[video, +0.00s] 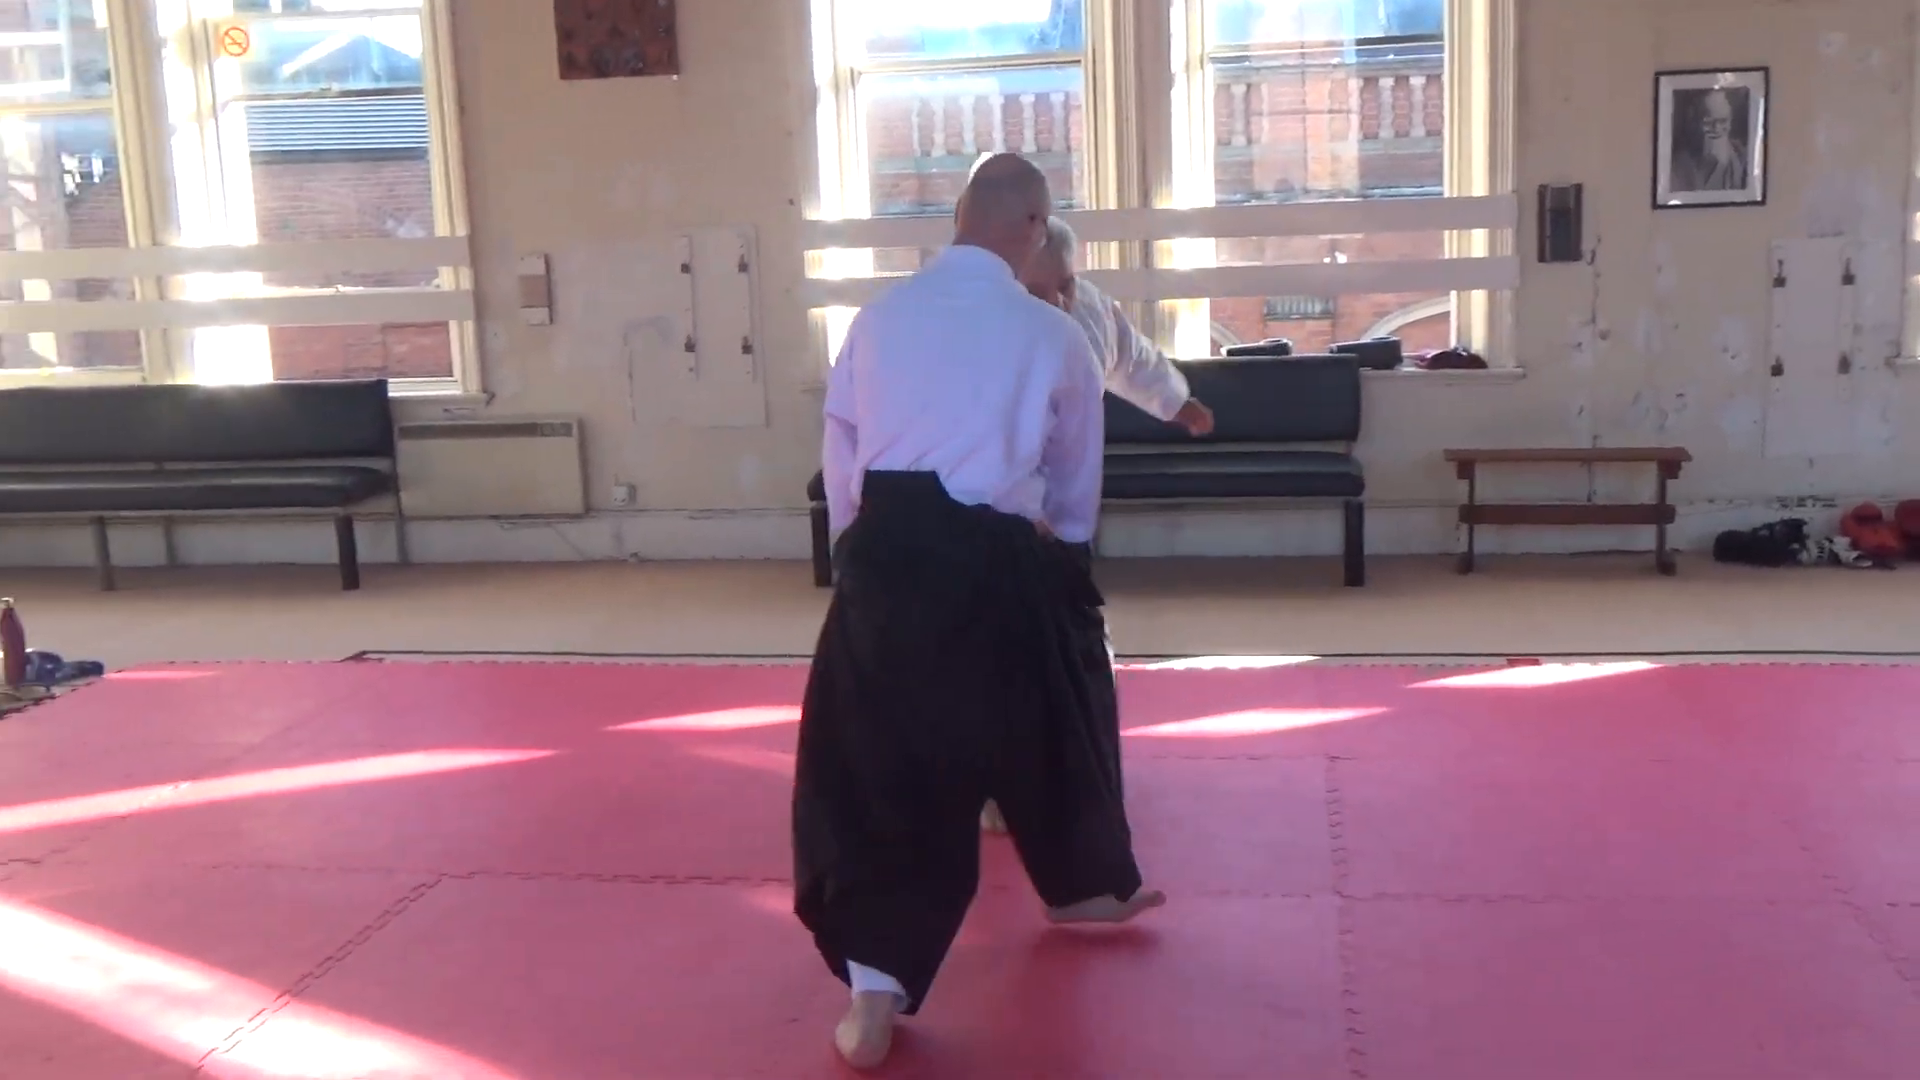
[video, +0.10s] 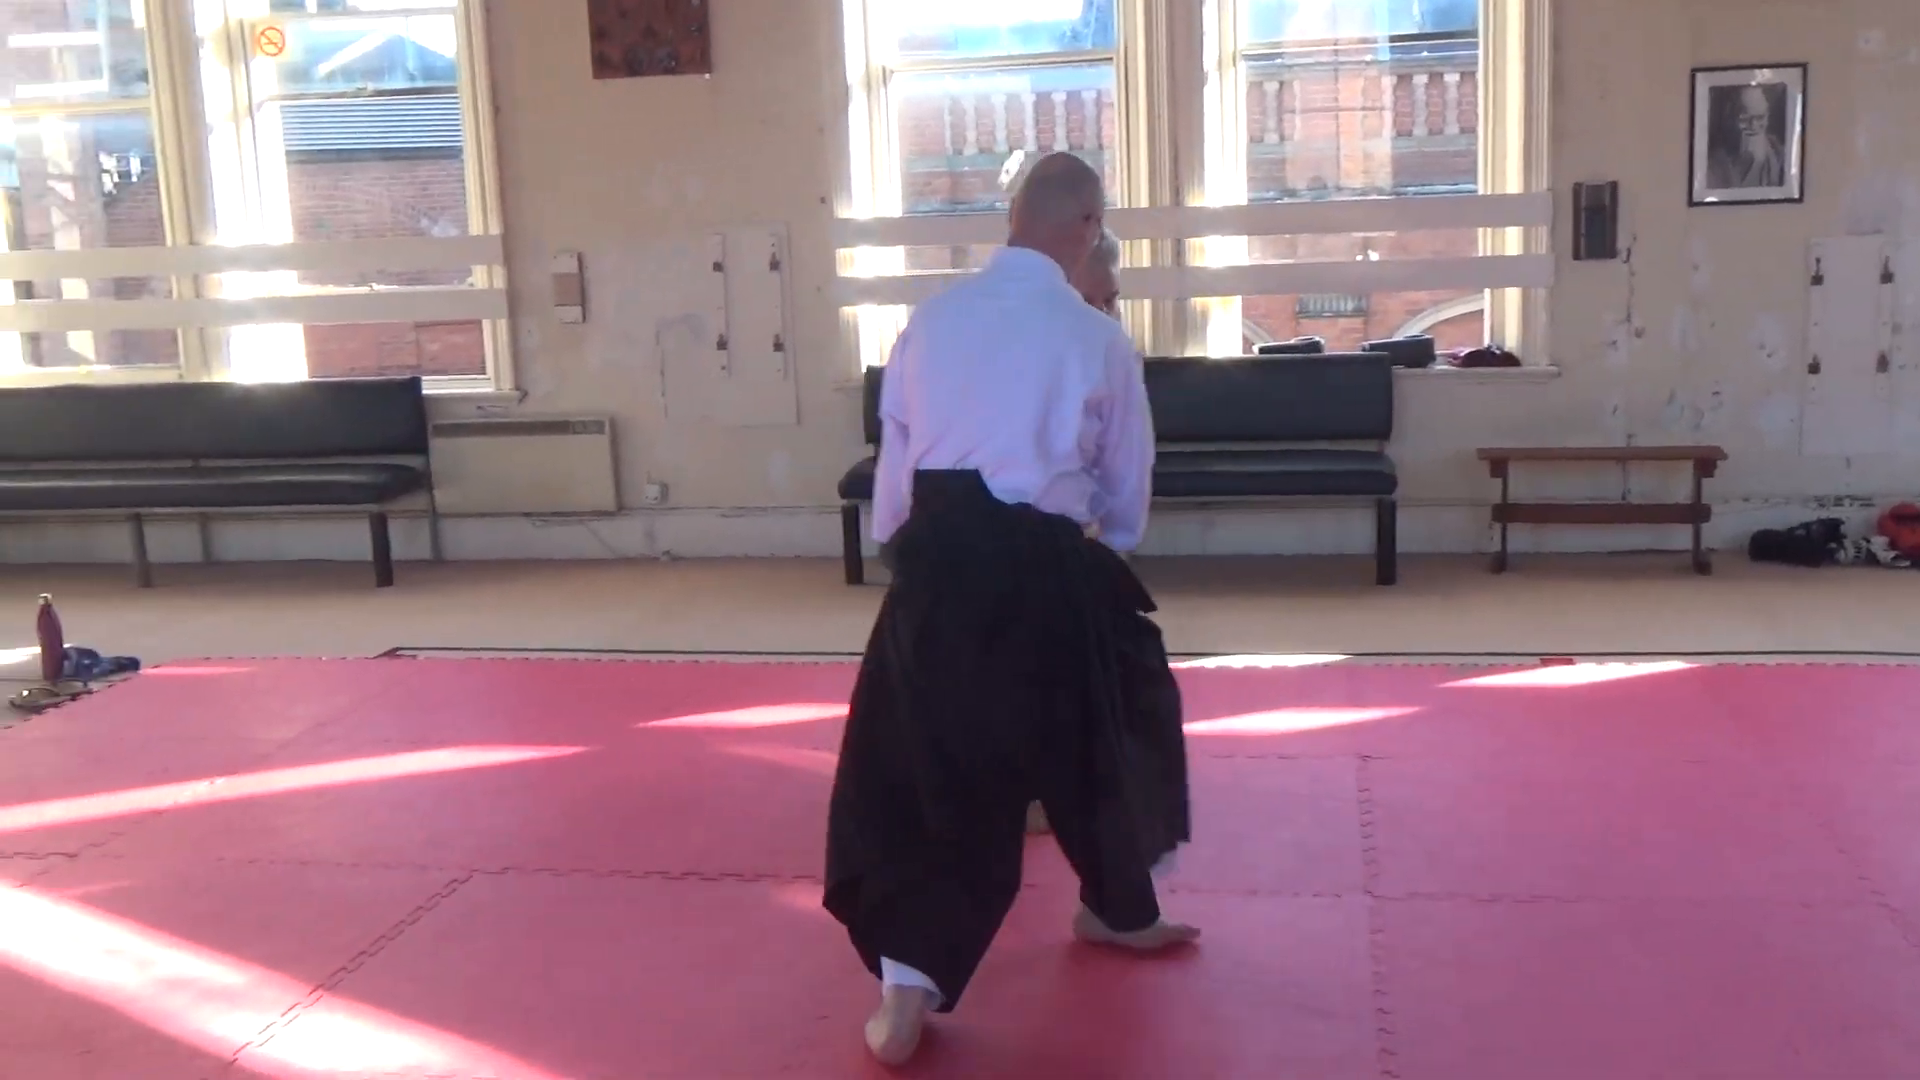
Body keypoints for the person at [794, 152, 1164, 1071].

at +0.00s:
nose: (1049, 247)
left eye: (1051, 230)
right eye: (1048, 230)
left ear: (955, 220)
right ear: (1029, 227)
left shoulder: (878, 317)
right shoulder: (1056, 337)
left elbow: (841, 457)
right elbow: (1075, 488)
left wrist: (856, 555)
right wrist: (1058, 579)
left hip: (885, 562)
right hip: (1001, 567)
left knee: (889, 771)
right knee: (1047, 707)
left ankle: (875, 979)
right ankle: (1081, 881)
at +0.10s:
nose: (1101, 241)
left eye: (1100, 227)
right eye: (1101, 227)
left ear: (1009, 223)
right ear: (1081, 230)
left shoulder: (929, 320)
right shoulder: (1098, 336)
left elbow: (895, 480)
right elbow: (1126, 491)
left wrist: (904, 554)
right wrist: (1090, 568)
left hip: (941, 568)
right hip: (1049, 571)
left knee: (939, 769)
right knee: (1091, 722)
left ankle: (909, 968)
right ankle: (1117, 904)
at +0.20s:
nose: (1152, 251)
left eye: (1152, 235)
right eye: (1155, 235)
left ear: (1070, 224)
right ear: (1144, 232)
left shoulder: (989, 325)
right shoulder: (1150, 335)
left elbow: (957, 471)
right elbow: (1195, 479)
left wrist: (949, 559)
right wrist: (1191, 545)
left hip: (987, 550)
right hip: (1096, 558)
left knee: (986, 758)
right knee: (1162, 712)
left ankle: (939, 952)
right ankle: (1134, 904)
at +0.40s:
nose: (1244, 239)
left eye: (1243, 227)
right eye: (1244, 227)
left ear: (1159, 212)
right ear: (1234, 227)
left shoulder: (1087, 305)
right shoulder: (1234, 314)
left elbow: (1054, 425)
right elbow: (1298, 418)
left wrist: (1064, 504)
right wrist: (1310, 504)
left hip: (1075, 526)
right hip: (1177, 534)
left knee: (1087, 706)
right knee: (1204, 711)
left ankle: (1048, 877)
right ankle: (1162, 901)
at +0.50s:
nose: (1258, 237)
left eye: (1259, 225)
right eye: (1261, 226)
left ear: (1178, 212)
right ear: (1253, 227)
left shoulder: (1108, 312)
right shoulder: (1259, 312)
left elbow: (1096, 429)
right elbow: (1340, 427)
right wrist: (1348, 478)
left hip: (1098, 521)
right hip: (1199, 532)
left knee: (1127, 687)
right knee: (1245, 703)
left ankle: (1120, 853)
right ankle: (1179, 897)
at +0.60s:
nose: (1272, 238)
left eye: (1267, 227)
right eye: (1274, 228)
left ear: (1192, 218)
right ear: (1263, 229)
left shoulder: (1129, 310)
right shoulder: (1269, 306)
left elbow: (1113, 425)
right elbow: (1370, 396)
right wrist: (1394, 423)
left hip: (1123, 519)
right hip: (1217, 528)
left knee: (1186, 681)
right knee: (1267, 704)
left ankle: (1177, 823)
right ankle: (1189, 903)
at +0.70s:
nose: (1278, 242)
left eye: (1278, 230)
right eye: (1279, 230)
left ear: (1199, 221)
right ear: (1268, 231)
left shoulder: (1145, 316)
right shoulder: (1274, 309)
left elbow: (1141, 424)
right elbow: (1403, 360)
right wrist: (1435, 350)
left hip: (1145, 521)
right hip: (1228, 533)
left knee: (1209, 673)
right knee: (1276, 709)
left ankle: (1193, 811)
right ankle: (1204, 901)